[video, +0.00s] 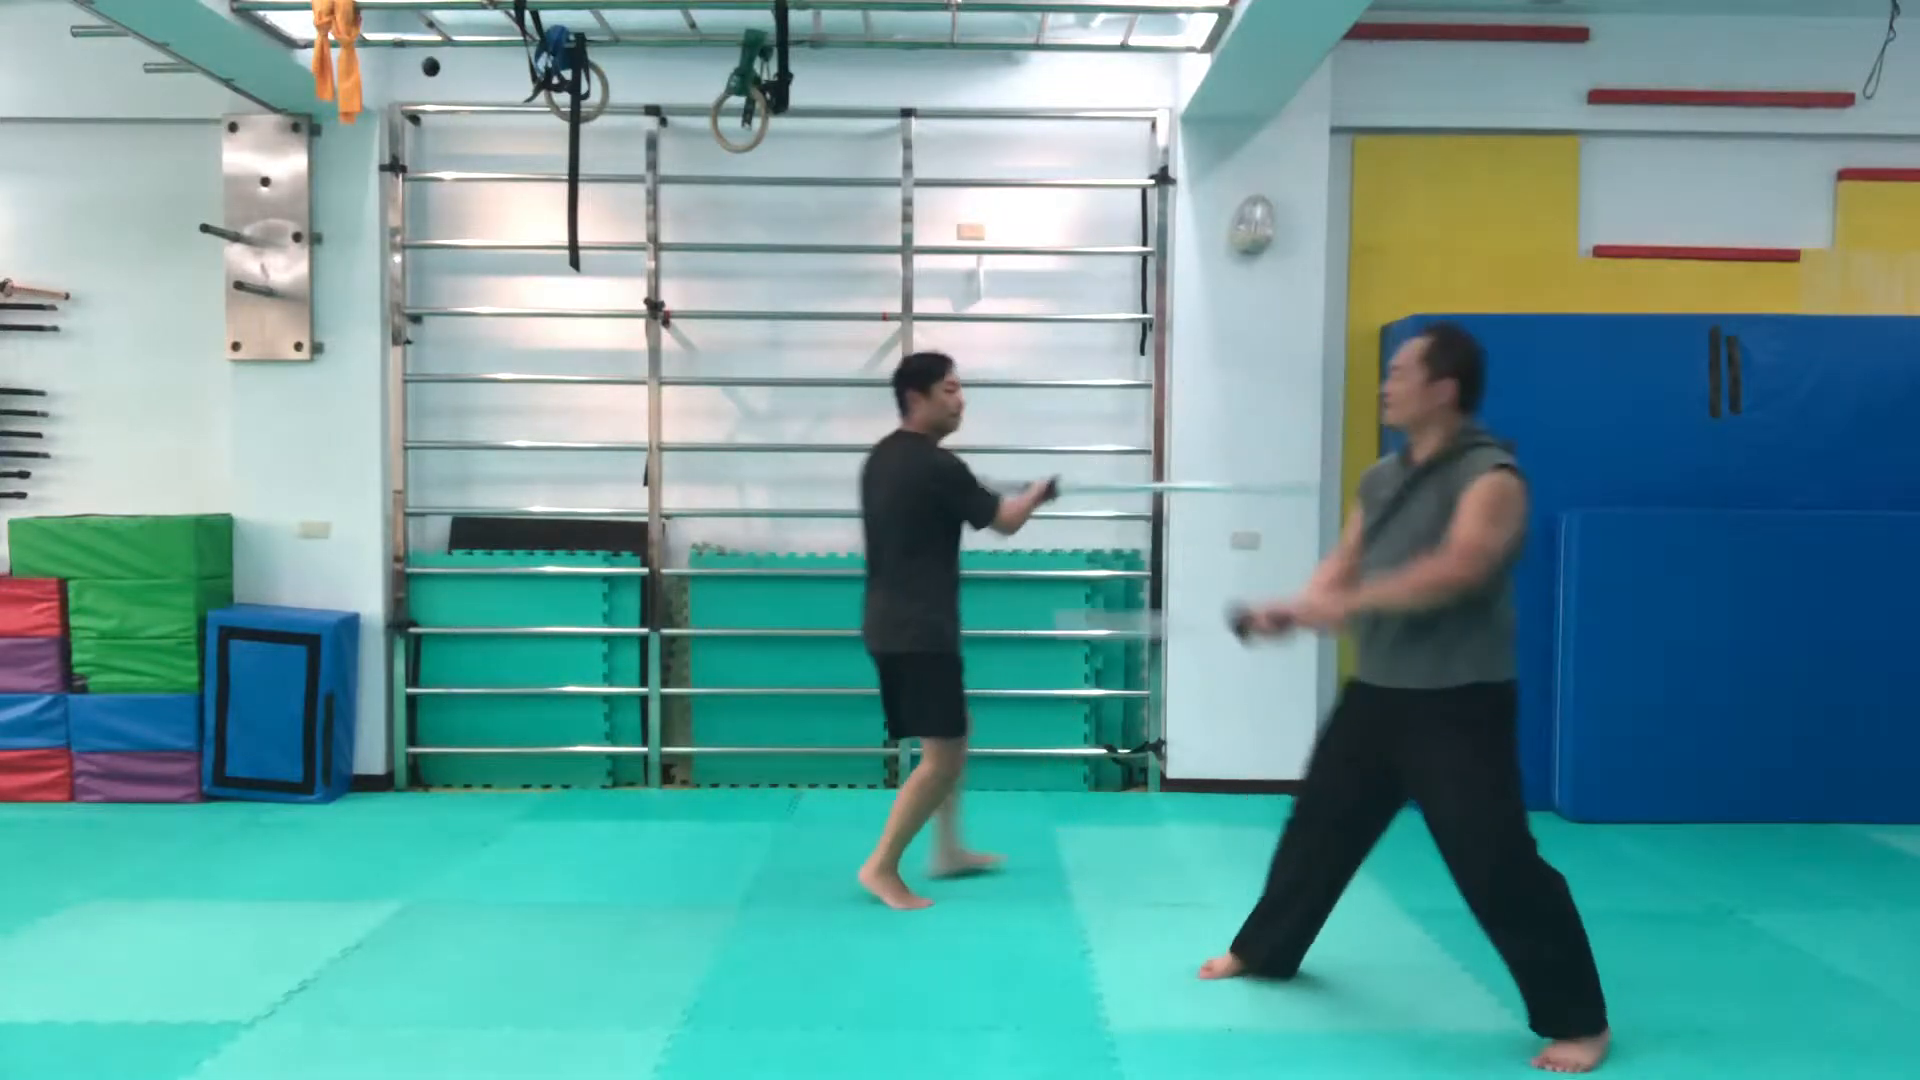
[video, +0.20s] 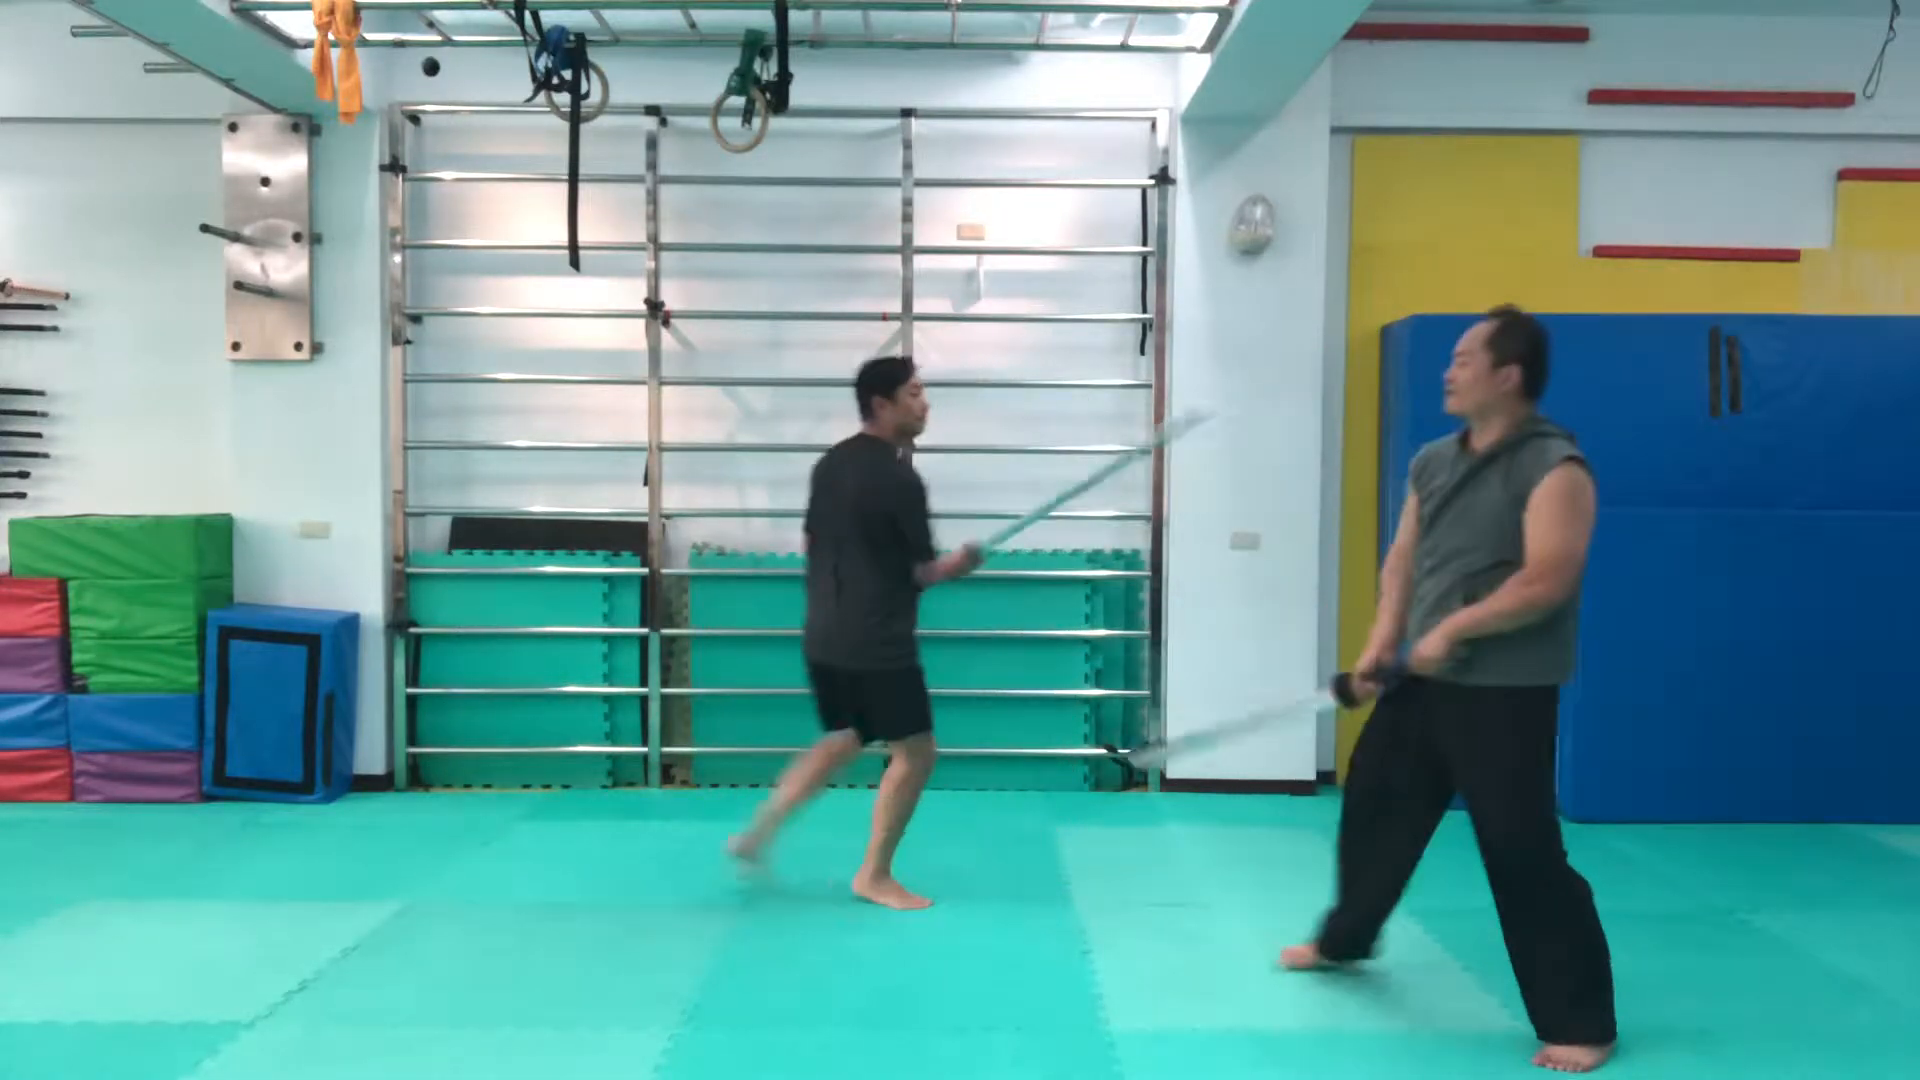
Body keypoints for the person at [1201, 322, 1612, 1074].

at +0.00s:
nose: (1386, 386)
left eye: (1400, 376)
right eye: (1388, 374)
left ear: (1446, 388)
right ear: (1415, 389)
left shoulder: (1492, 478)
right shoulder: (1380, 480)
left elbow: (1460, 569)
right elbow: (1345, 566)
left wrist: (1347, 603)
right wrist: (1289, 610)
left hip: (1461, 707)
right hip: (1378, 700)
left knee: (1498, 869)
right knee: (1320, 828)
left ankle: (1579, 1022)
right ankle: (1262, 952)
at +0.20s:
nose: (1448, 372)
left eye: (1463, 361)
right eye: (1452, 360)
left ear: (1510, 376)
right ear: (1490, 377)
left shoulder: (1555, 468)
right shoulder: (1434, 463)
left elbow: (1550, 581)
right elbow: (1400, 564)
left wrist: (1455, 627)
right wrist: (1380, 645)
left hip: (1507, 696)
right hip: (1421, 688)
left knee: (1526, 860)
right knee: (1375, 809)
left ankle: (1582, 1029)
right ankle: (1345, 941)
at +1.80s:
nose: (1398, 398)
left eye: (1411, 388)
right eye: (1399, 388)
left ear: (1456, 397)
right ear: (1427, 399)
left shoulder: (1494, 472)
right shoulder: (1397, 480)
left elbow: (1463, 564)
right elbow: (1356, 557)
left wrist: (1376, 612)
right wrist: (1304, 578)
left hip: (1481, 681)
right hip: (1399, 677)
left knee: (1522, 822)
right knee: (1366, 791)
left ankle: (1586, 966)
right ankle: (1366, 918)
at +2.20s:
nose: (1422, 440)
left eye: (1431, 427)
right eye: (1420, 427)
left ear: (1480, 427)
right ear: (1461, 430)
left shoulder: (1540, 474)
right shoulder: (1431, 493)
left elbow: (1464, 543)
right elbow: (1367, 549)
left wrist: (1369, 571)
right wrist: (1305, 600)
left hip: (1562, 686)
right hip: (1473, 687)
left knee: (1578, 839)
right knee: (1412, 786)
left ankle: (1627, 998)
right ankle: (1379, 913)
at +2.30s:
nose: (1417, 464)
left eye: (1423, 447)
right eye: (1411, 450)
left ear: (1467, 435)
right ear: (1450, 442)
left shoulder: (1527, 461)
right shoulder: (1461, 486)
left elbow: (1438, 538)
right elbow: (1418, 578)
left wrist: (1378, 594)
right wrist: (1357, 632)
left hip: (1570, 667)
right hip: (1490, 661)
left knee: (1584, 830)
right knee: (1401, 725)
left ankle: (1631, 995)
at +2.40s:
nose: (1397, 467)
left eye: (1402, 453)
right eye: (1392, 455)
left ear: (1445, 441)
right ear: (1440, 448)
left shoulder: (1500, 455)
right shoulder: (1463, 498)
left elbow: (1405, 501)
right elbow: (1451, 573)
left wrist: (1350, 538)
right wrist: (1371, 590)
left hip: (1573, 664)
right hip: (1505, 667)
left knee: (1586, 821)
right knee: (1398, 651)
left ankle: (1631, 994)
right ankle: (1494, 778)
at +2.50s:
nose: (1387, 450)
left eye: (1391, 440)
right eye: (1386, 440)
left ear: (1419, 430)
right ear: (1420, 436)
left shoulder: (1487, 452)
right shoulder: (1453, 509)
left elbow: (1386, 449)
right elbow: (1410, 561)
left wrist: (1323, 471)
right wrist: (1329, 520)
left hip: (1558, 671)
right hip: (1496, 666)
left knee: (1577, 828)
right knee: (1381, 637)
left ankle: (1638, 993)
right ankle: (1404, 789)